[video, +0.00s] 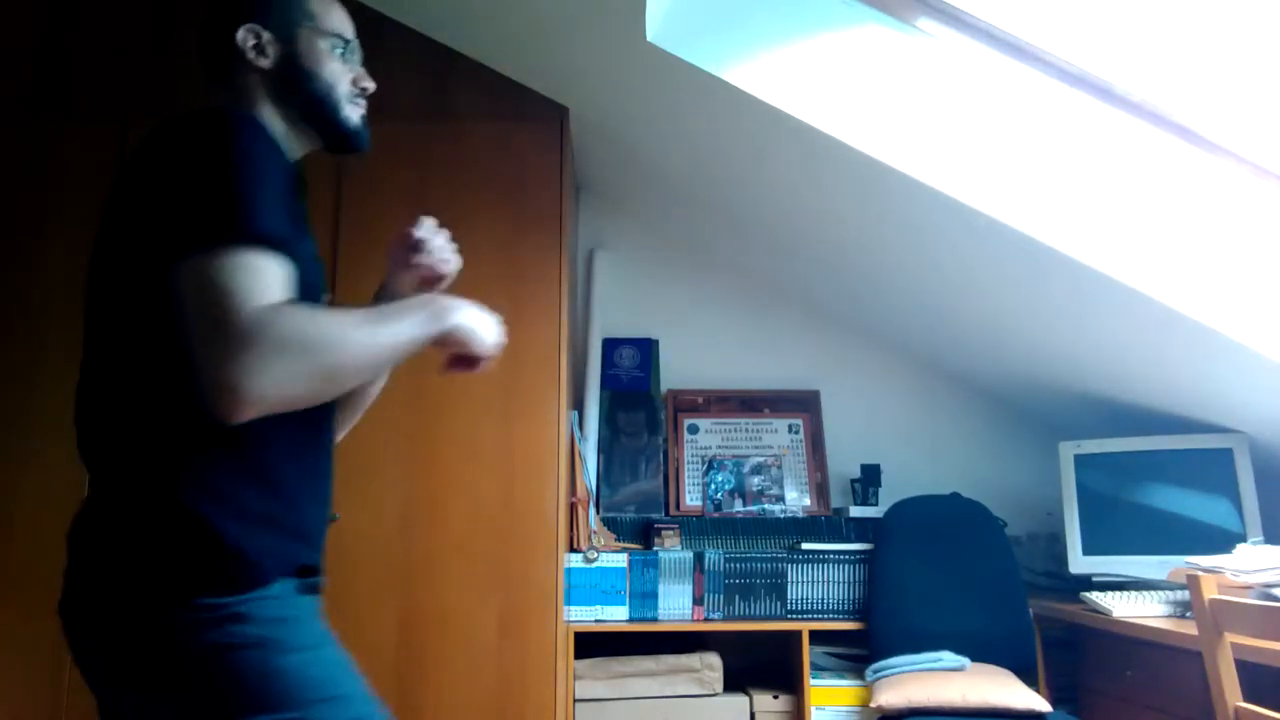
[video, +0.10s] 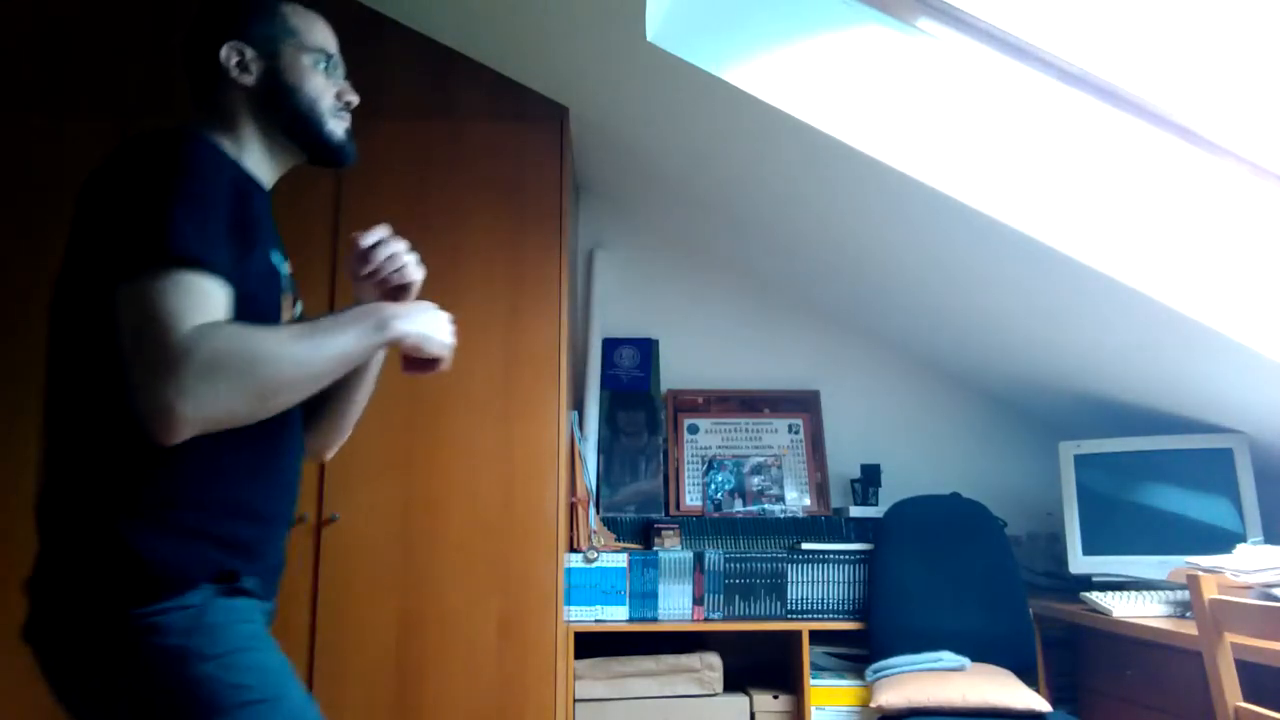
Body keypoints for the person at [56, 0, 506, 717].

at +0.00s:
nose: (366, 77)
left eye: (359, 55)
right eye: (339, 46)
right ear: (258, 47)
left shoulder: (253, 171)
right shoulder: (225, 147)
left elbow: (312, 423)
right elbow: (245, 368)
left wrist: (396, 304)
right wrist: (436, 315)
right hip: (215, 594)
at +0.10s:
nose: (350, 90)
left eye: (343, 72)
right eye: (322, 62)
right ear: (241, 63)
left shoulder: (248, 218)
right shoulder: (181, 171)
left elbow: (316, 436)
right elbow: (178, 388)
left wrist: (371, 317)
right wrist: (382, 321)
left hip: (208, 600)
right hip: (159, 602)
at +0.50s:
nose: (362, 64)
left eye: (357, 46)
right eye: (333, 36)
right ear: (250, 38)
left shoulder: (257, 179)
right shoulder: (210, 143)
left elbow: (314, 419)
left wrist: (378, 280)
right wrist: (463, 246)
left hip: (246, 574)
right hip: (215, 578)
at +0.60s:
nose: (393, 38)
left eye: (383, 17)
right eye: (364, 10)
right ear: (274, 10)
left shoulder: (215, 138)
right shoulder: (273, 130)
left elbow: (295, 389)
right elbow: (449, 330)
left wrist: (392, 272)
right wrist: (594, 221)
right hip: (252, 582)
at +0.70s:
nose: (415, 23)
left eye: (406, 6)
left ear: (297, 17)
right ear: (298, 6)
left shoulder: (213, 138)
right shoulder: (320, 137)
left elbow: (343, 364)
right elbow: (579, 296)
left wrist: (423, 251)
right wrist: (747, 242)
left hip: (177, 582)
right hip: (253, 594)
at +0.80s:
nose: (410, 26)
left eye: (402, 7)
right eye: (380, 2)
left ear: (298, 17)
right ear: (294, 8)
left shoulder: (196, 144)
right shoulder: (325, 161)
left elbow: (307, 385)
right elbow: (538, 356)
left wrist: (411, 268)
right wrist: (689, 291)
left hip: (162, 586)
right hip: (261, 604)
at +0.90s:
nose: (377, 42)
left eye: (368, 18)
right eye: (352, 13)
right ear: (263, 15)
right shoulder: (239, 164)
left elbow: (315, 403)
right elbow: (313, 436)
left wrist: (372, 296)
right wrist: (516, 356)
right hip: (241, 610)